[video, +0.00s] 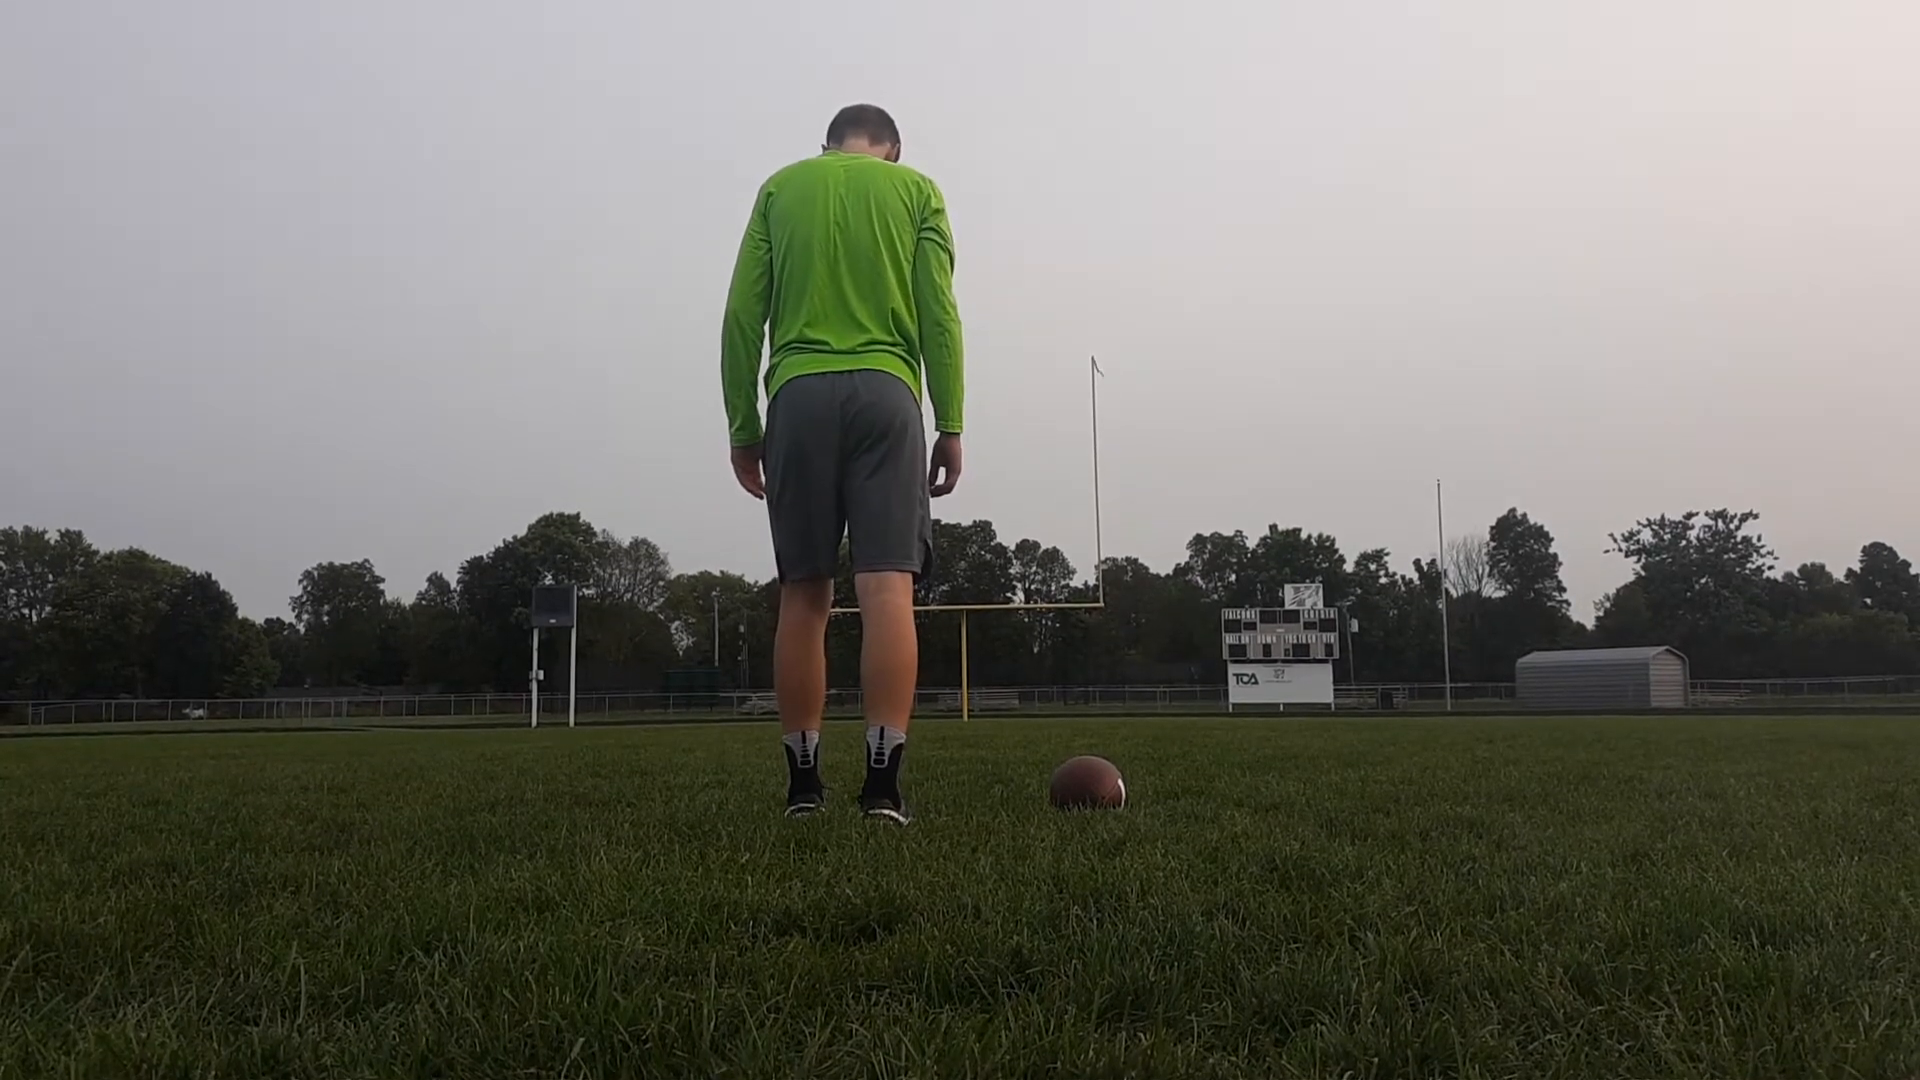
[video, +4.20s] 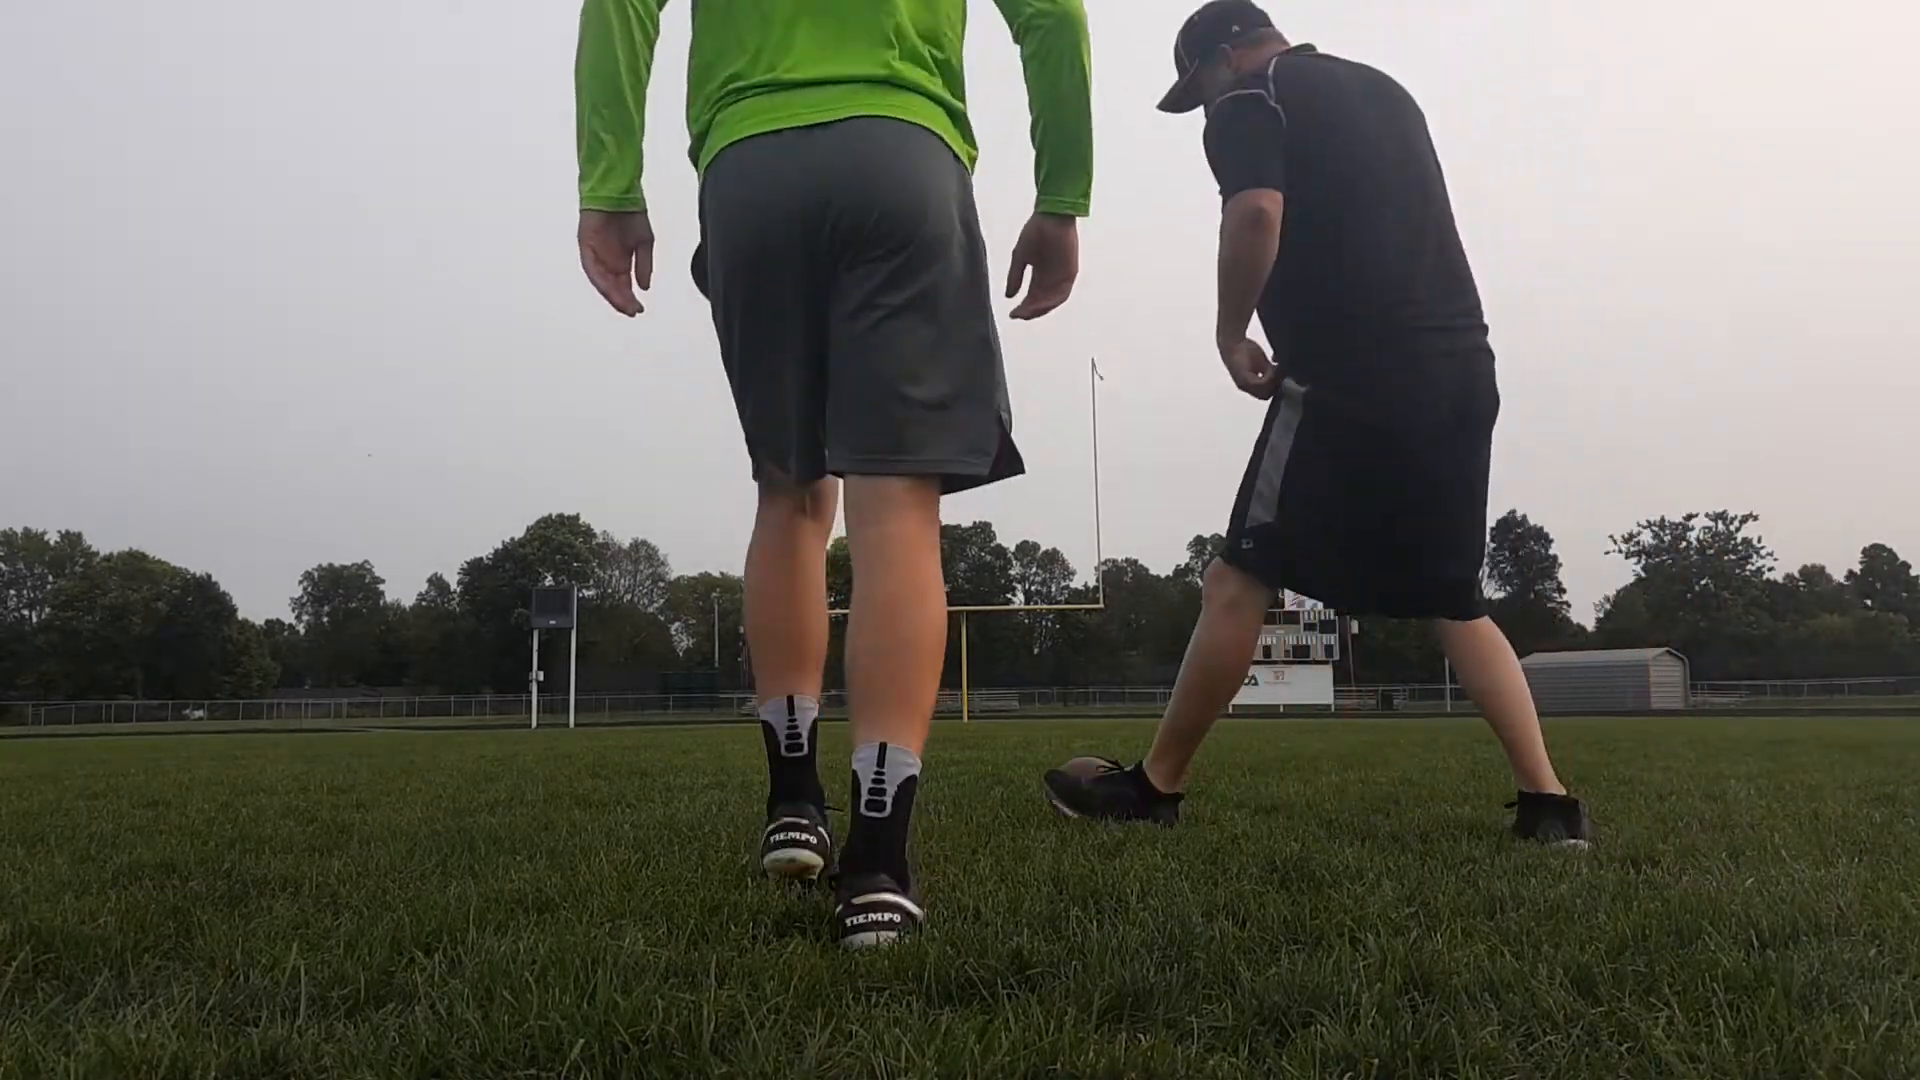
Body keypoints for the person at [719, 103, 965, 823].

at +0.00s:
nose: (894, 164)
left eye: (886, 155)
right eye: (896, 154)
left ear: (827, 142)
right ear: (891, 146)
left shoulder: (780, 186)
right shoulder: (914, 187)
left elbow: (743, 310)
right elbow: (937, 306)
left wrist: (743, 428)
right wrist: (950, 424)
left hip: (798, 396)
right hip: (885, 394)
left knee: (803, 591)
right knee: (886, 589)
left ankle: (803, 784)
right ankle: (882, 787)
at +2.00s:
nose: (910, 170)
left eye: (905, 161)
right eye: (912, 160)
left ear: (843, 141)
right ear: (906, 148)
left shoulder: (792, 184)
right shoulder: (927, 191)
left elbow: (751, 310)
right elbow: (947, 313)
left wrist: (751, 426)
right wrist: (957, 427)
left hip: (807, 397)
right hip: (893, 397)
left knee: (806, 593)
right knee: (889, 591)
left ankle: (805, 787)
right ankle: (882, 792)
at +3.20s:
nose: (868, 50)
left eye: (819, 40)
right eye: (873, 38)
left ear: (797, 34)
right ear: (874, 33)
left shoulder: (754, 93)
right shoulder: (923, 91)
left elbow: (698, 258)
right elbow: (972, 219)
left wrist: (720, 384)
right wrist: (983, 357)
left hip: (788, 342)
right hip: (894, 350)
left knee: (795, 582)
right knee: (887, 586)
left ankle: (804, 818)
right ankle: (887, 786)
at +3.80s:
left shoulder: (710, 2)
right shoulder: (929, 4)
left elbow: (647, 105)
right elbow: (974, 99)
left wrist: (653, 285)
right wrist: (998, 271)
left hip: (756, 253)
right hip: (882, 247)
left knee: (786, 547)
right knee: (906, 534)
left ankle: (803, 826)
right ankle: (892, 730)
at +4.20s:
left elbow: (618, 7)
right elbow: (1051, 16)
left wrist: (610, 184)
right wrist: (1060, 200)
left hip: (749, 157)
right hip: (906, 148)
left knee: (790, 493)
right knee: (899, 505)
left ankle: (792, 801)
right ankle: (879, 864)